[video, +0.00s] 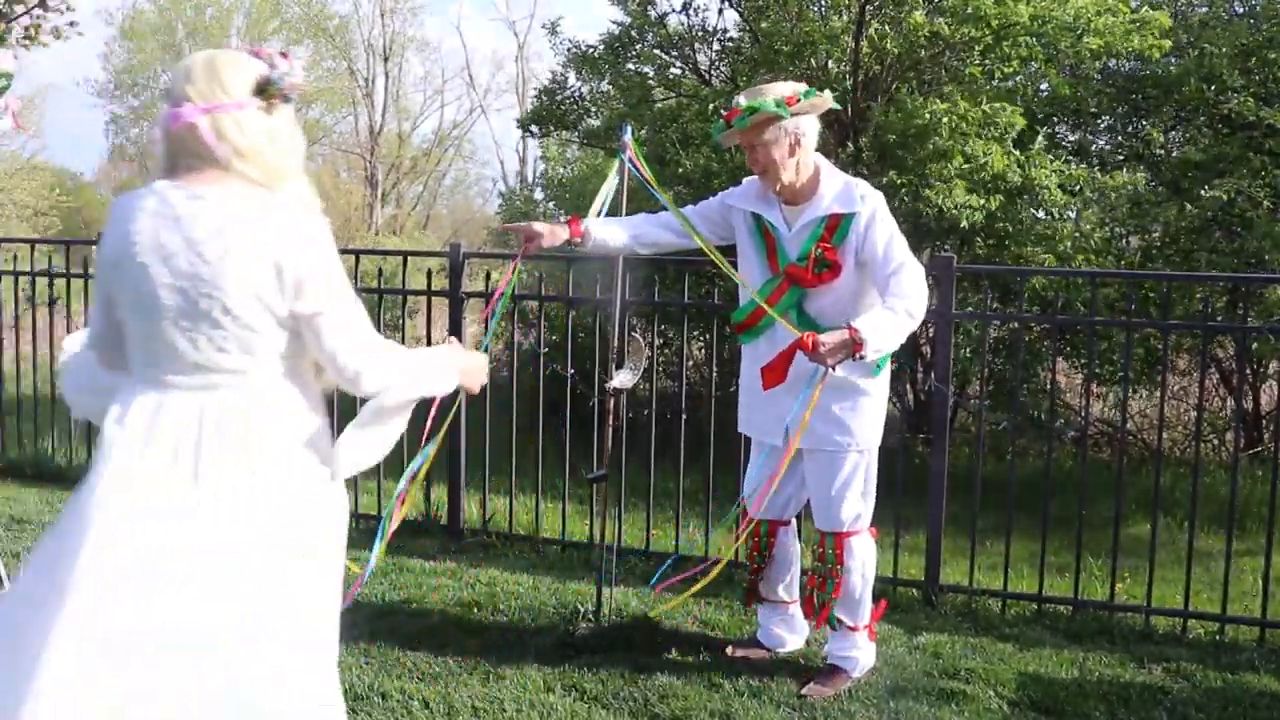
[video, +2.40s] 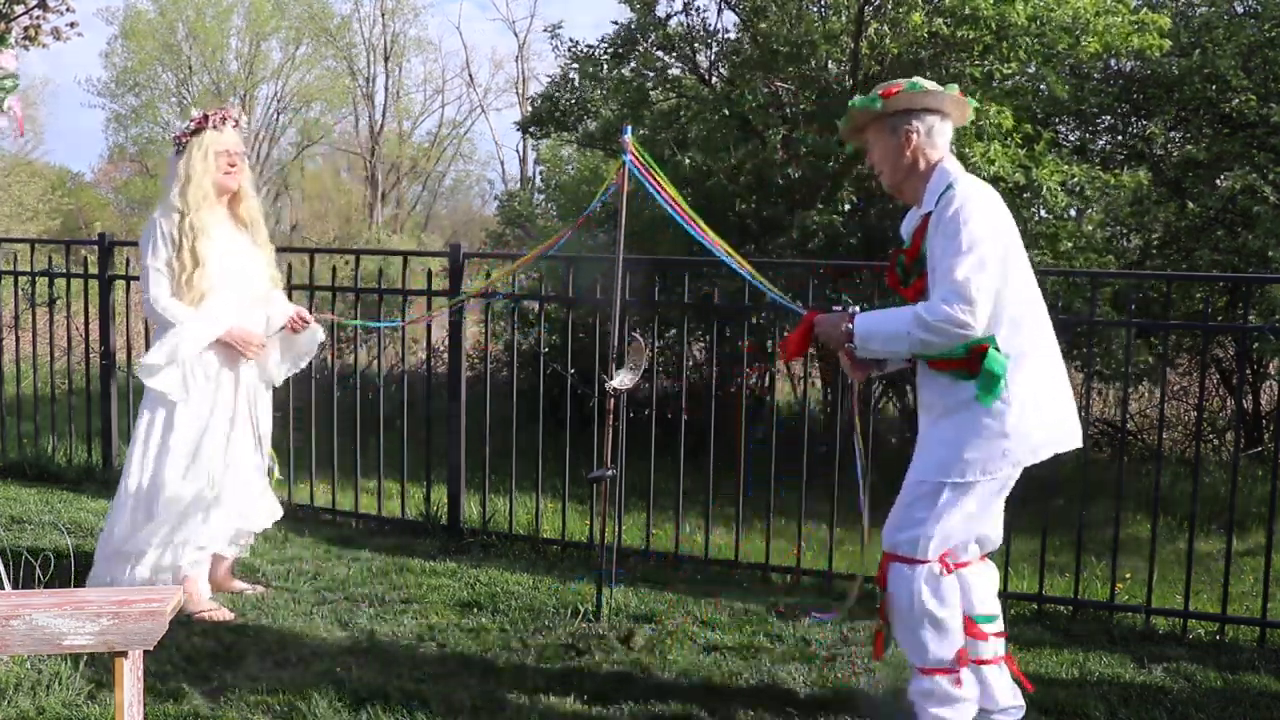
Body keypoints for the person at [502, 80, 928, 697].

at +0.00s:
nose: (750, 162)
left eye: (757, 147)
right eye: (745, 149)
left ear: (798, 141)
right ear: (754, 148)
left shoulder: (860, 204)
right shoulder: (744, 203)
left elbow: (908, 293)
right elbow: (660, 227)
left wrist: (859, 336)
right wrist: (569, 232)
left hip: (848, 387)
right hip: (774, 382)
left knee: (843, 517)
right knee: (766, 507)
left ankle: (851, 653)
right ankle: (780, 632)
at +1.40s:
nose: (719, 167)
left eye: (724, 153)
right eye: (716, 155)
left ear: (764, 144)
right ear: (752, 148)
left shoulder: (835, 206)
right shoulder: (747, 216)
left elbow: (882, 304)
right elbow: (696, 286)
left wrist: (818, 358)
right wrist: (617, 311)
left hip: (843, 379)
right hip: (777, 376)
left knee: (811, 513)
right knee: (767, 506)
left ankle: (874, 666)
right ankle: (801, 642)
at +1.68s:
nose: (744, 165)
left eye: (747, 149)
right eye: (741, 152)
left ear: (786, 145)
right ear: (786, 147)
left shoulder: (858, 211)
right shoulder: (784, 222)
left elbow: (882, 324)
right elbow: (770, 311)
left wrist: (798, 364)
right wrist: (708, 364)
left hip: (865, 397)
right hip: (811, 395)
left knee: (850, 543)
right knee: (787, 518)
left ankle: (880, 695)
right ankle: (801, 636)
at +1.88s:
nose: (773, 158)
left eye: (776, 142)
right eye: (770, 144)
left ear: (815, 139)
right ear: (817, 140)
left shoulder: (877, 205)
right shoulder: (830, 213)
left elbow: (886, 325)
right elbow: (828, 319)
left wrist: (792, 355)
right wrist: (769, 352)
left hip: (893, 412)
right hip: (846, 408)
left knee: (867, 557)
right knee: (811, 518)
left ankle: (882, 703)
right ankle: (841, 642)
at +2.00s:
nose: (795, 158)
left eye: (798, 141)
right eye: (791, 143)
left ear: (837, 133)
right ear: (839, 135)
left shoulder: (895, 204)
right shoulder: (853, 209)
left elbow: (899, 324)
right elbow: (862, 322)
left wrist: (796, 346)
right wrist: (792, 352)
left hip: (904, 417)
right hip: (865, 412)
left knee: (870, 555)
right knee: (841, 528)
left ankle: (879, 702)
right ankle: (934, 651)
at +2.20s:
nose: (828, 154)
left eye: (833, 138)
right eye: (827, 141)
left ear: (873, 135)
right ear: (879, 137)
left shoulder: (924, 206)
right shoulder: (898, 209)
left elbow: (930, 320)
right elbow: (907, 328)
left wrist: (824, 335)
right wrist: (838, 354)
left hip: (928, 429)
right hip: (935, 424)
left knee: (887, 559)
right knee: (940, 554)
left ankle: (881, 703)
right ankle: (991, 694)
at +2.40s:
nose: (867, 165)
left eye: (871, 148)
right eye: (864, 151)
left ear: (913, 140)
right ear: (917, 143)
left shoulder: (964, 205)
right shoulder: (940, 211)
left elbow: (962, 316)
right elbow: (950, 327)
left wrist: (856, 328)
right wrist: (878, 353)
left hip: (982, 414)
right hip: (980, 414)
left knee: (914, 547)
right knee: (962, 551)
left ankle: (942, 701)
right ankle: (994, 696)